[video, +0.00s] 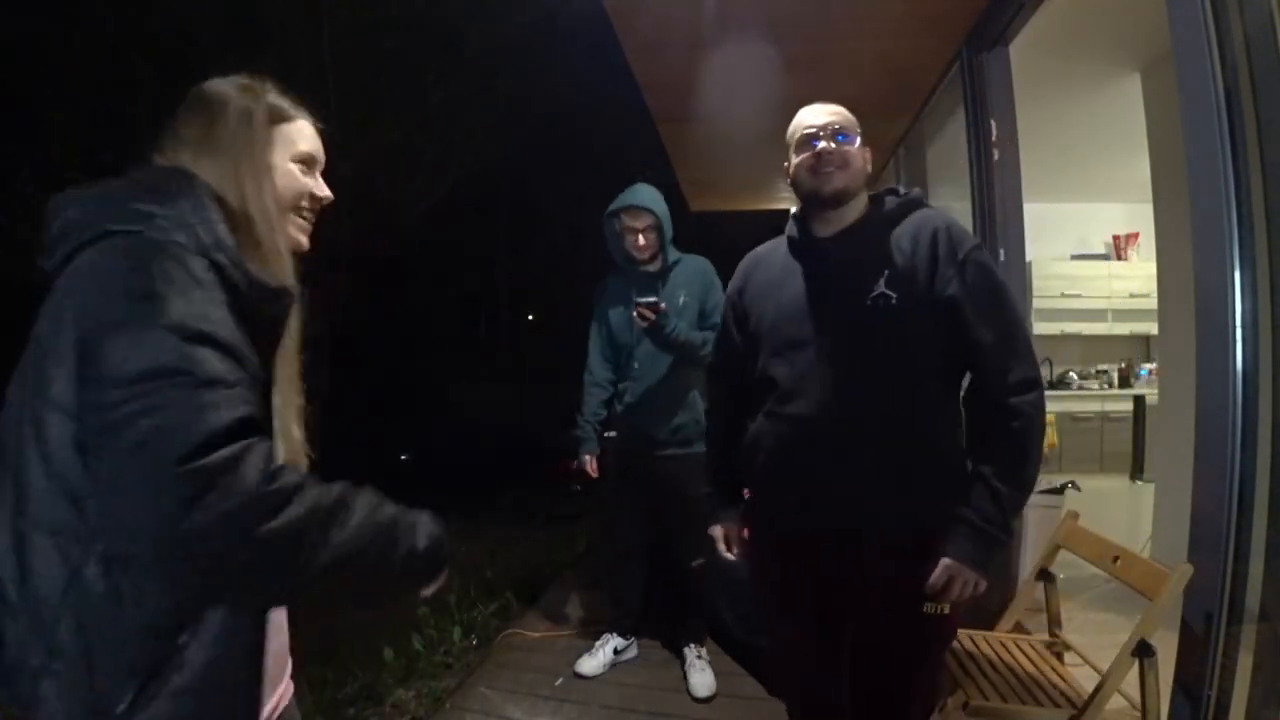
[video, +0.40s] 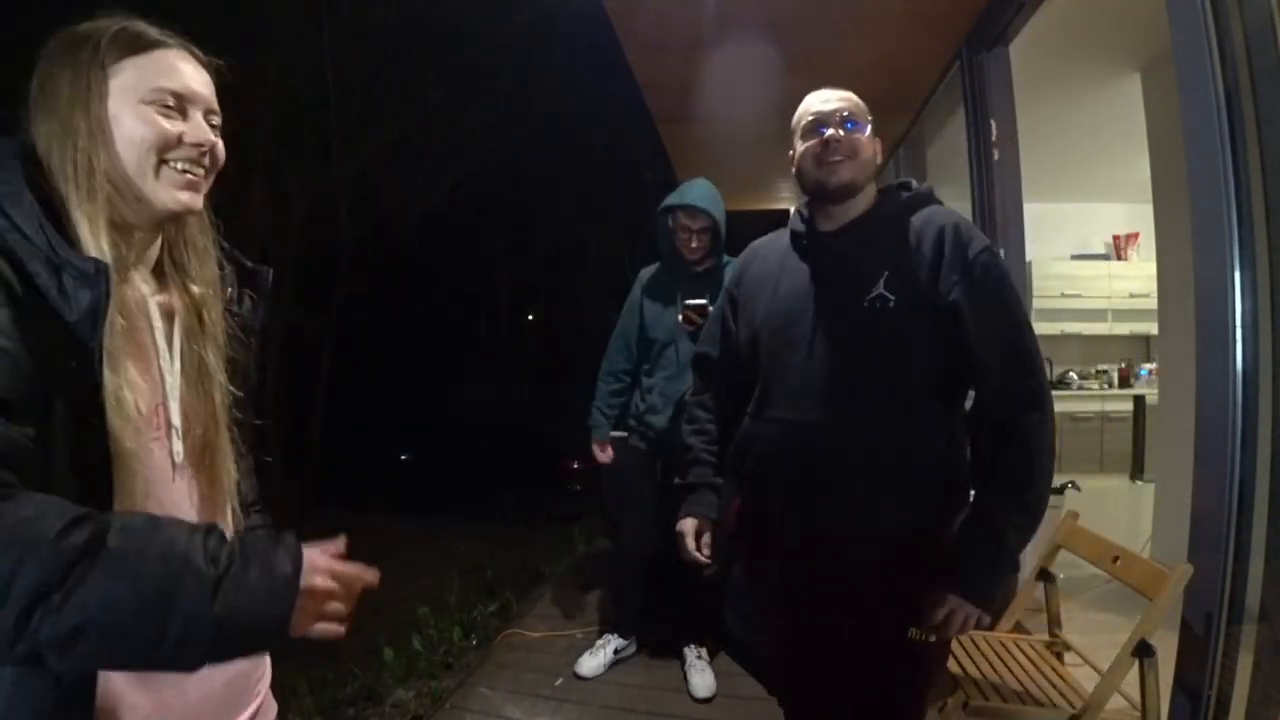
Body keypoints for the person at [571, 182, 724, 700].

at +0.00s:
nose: (637, 241)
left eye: (645, 230)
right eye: (627, 232)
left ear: (664, 229)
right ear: (616, 237)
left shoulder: (696, 273)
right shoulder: (613, 289)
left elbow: (719, 348)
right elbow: (599, 369)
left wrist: (666, 328)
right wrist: (587, 436)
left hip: (685, 443)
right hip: (627, 442)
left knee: (690, 547)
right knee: (622, 541)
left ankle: (693, 644)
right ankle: (620, 635)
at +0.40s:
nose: (690, 237)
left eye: (700, 228)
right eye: (681, 228)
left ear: (717, 230)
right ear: (668, 230)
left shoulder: (736, 285)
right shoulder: (651, 282)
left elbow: (750, 357)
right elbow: (620, 358)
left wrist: (712, 327)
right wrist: (603, 422)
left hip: (707, 437)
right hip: (645, 433)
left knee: (700, 540)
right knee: (631, 536)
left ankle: (696, 645)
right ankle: (620, 633)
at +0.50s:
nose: (696, 235)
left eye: (707, 226)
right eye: (687, 225)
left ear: (723, 229)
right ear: (674, 228)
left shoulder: (741, 284)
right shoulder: (655, 280)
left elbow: (754, 360)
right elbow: (626, 347)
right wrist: (603, 412)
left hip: (712, 440)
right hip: (648, 437)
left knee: (704, 543)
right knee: (633, 539)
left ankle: (697, 643)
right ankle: (621, 634)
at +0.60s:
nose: (697, 233)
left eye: (708, 224)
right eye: (688, 223)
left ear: (726, 228)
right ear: (676, 227)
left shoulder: (741, 282)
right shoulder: (657, 280)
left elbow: (760, 345)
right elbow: (625, 342)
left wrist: (722, 326)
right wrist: (576, 385)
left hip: (711, 442)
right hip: (648, 437)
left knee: (701, 549)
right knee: (633, 542)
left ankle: (697, 644)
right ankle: (614, 642)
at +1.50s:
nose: (642, 232)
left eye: (652, 222)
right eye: (631, 221)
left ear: (664, 227)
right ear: (613, 224)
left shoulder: (680, 282)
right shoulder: (590, 283)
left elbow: (695, 361)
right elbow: (574, 358)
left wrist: (668, 340)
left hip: (667, 429)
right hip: (601, 428)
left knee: (677, 538)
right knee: (596, 549)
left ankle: (694, 644)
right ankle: (591, 672)